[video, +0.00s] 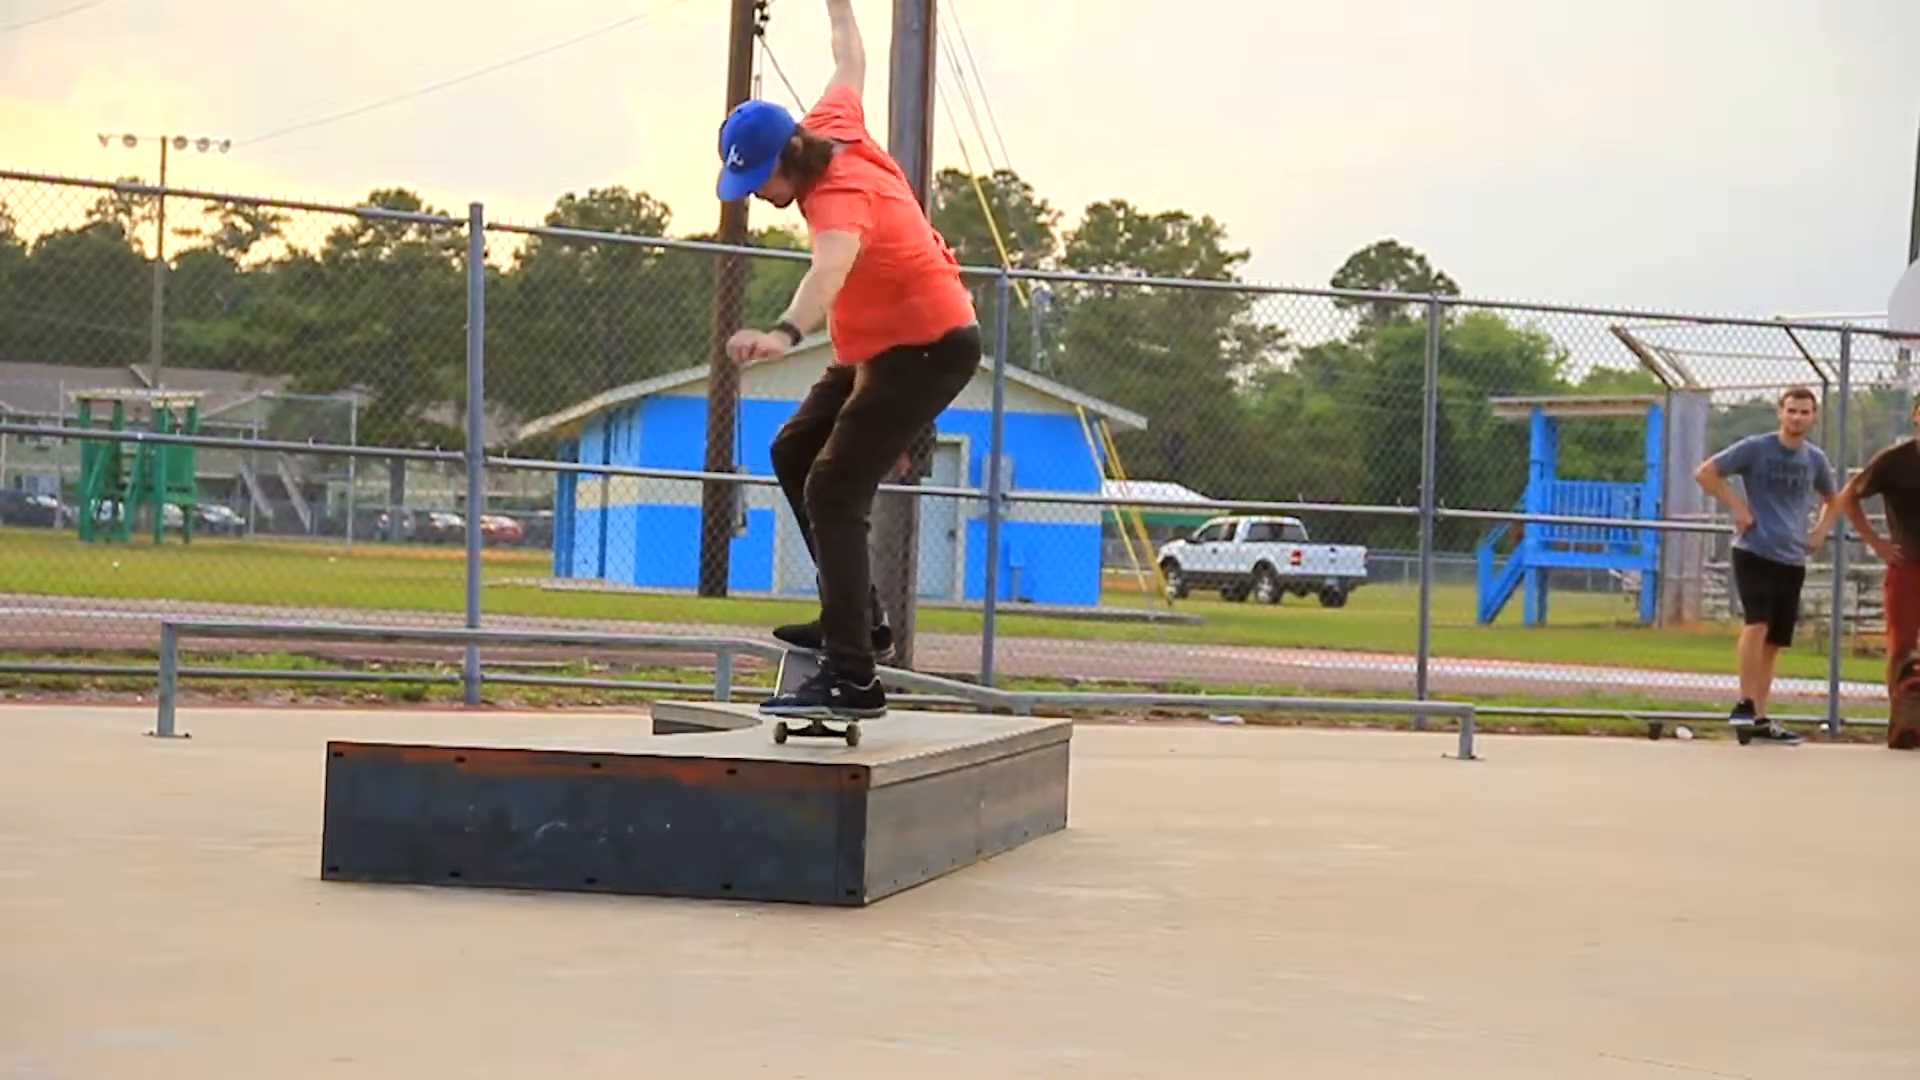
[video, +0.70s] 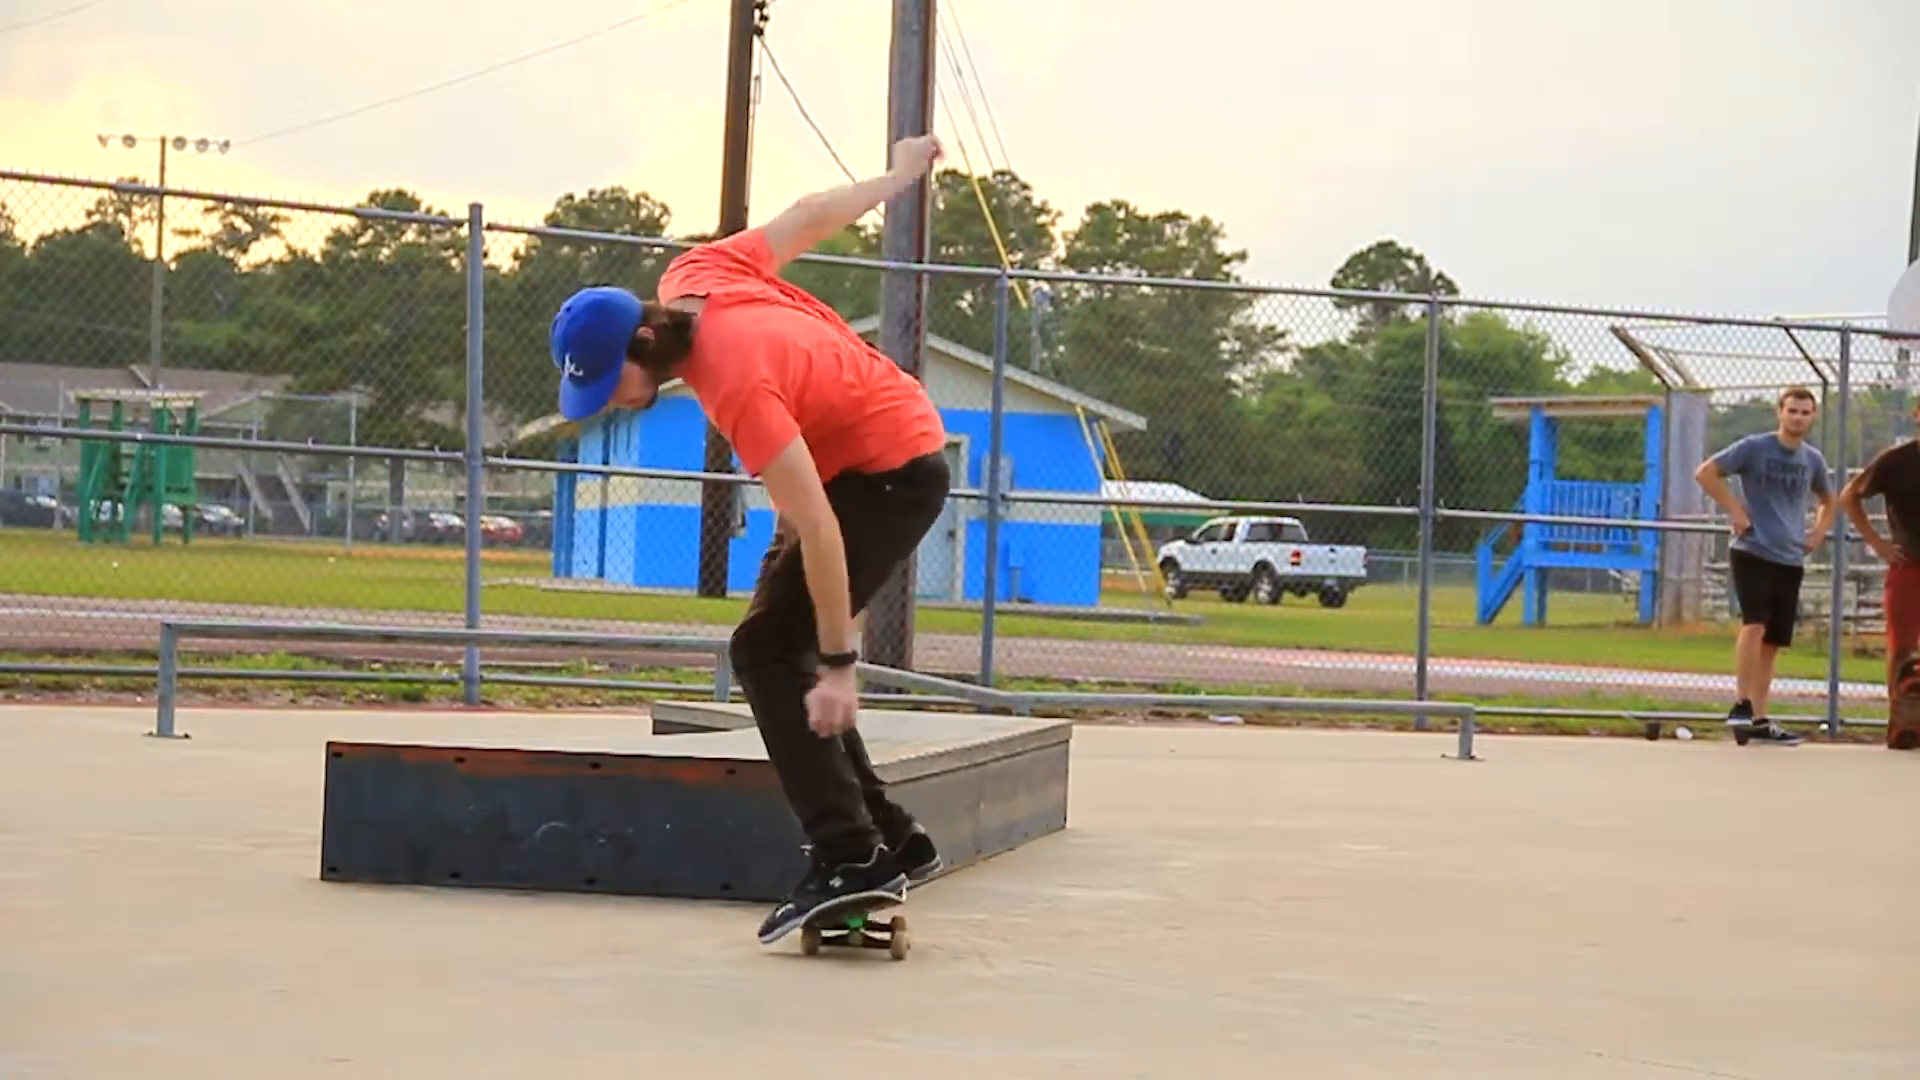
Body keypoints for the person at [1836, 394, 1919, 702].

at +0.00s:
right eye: (1919, 412)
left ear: (1914, 415)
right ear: (1915, 415)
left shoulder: (1900, 457)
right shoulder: (1900, 457)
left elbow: (1849, 497)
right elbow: (1848, 497)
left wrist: (1876, 542)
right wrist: (1876, 543)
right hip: (1907, 566)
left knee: (1904, 651)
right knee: (1902, 649)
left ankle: (1906, 729)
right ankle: (1901, 729)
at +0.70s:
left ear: (1914, 416)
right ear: (1915, 416)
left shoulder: (1900, 458)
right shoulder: (1900, 459)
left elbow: (1850, 497)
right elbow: (1849, 496)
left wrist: (1878, 544)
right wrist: (1878, 544)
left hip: (1909, 568)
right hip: (1907, 567)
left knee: (1905, 650)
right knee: (1903, 649)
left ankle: (1905, 726)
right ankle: (1902, 726)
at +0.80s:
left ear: (1914, 417)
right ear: (1915, 417)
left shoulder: (1901, 458)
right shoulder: (1901, 459)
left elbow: (1850, 496)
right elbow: (1849, 496)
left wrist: (1875, 541)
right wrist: (1876, 542)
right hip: (1907, 567)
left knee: (1906, 654)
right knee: (1904, 653)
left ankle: (1905, 733)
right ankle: (1903, 733)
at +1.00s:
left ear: (1914, 417)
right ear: (1915, 417)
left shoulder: (1900, 458)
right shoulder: (1900, 458)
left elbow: (1850, 496)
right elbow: (1849, 495)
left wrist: (1877, 543)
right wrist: (1877, 543)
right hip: (1907, 569)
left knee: (1905, 657)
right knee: (1903, 656)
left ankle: (1906, 739)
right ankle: (1903, 741)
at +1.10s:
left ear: (1914, 416)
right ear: (1915, 416)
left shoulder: (1901, 457)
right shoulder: (1900, 458)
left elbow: (1850, 496)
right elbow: (1849, 495)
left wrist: (1877, 544)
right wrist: (1877, 543)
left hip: (1909, 568)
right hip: (1906, 567)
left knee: (1904, 650)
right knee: (1903, 648)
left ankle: (1905, 726)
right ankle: (1902, 726)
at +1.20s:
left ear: (1913, 415)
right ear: (1915, 415)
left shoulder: (1901, 457)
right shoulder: (1901, 458)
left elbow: (1849, 495)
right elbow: (1849, 495)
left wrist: (1875, 542)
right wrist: (1876, 542)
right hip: (1907, 567)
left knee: (1905, 653)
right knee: (1903, 652)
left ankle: (1904, 732)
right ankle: (1902, 732)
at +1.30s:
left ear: (1914, 415)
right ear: (1915, 415)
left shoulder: (1901, 457)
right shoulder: (1900, 458)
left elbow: (1849, 495)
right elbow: (1849, 495)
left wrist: (1875, 541)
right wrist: (1876, 542)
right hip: (1907, 567)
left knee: (1905, 654)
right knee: (1903, 653)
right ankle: (1901, 732)